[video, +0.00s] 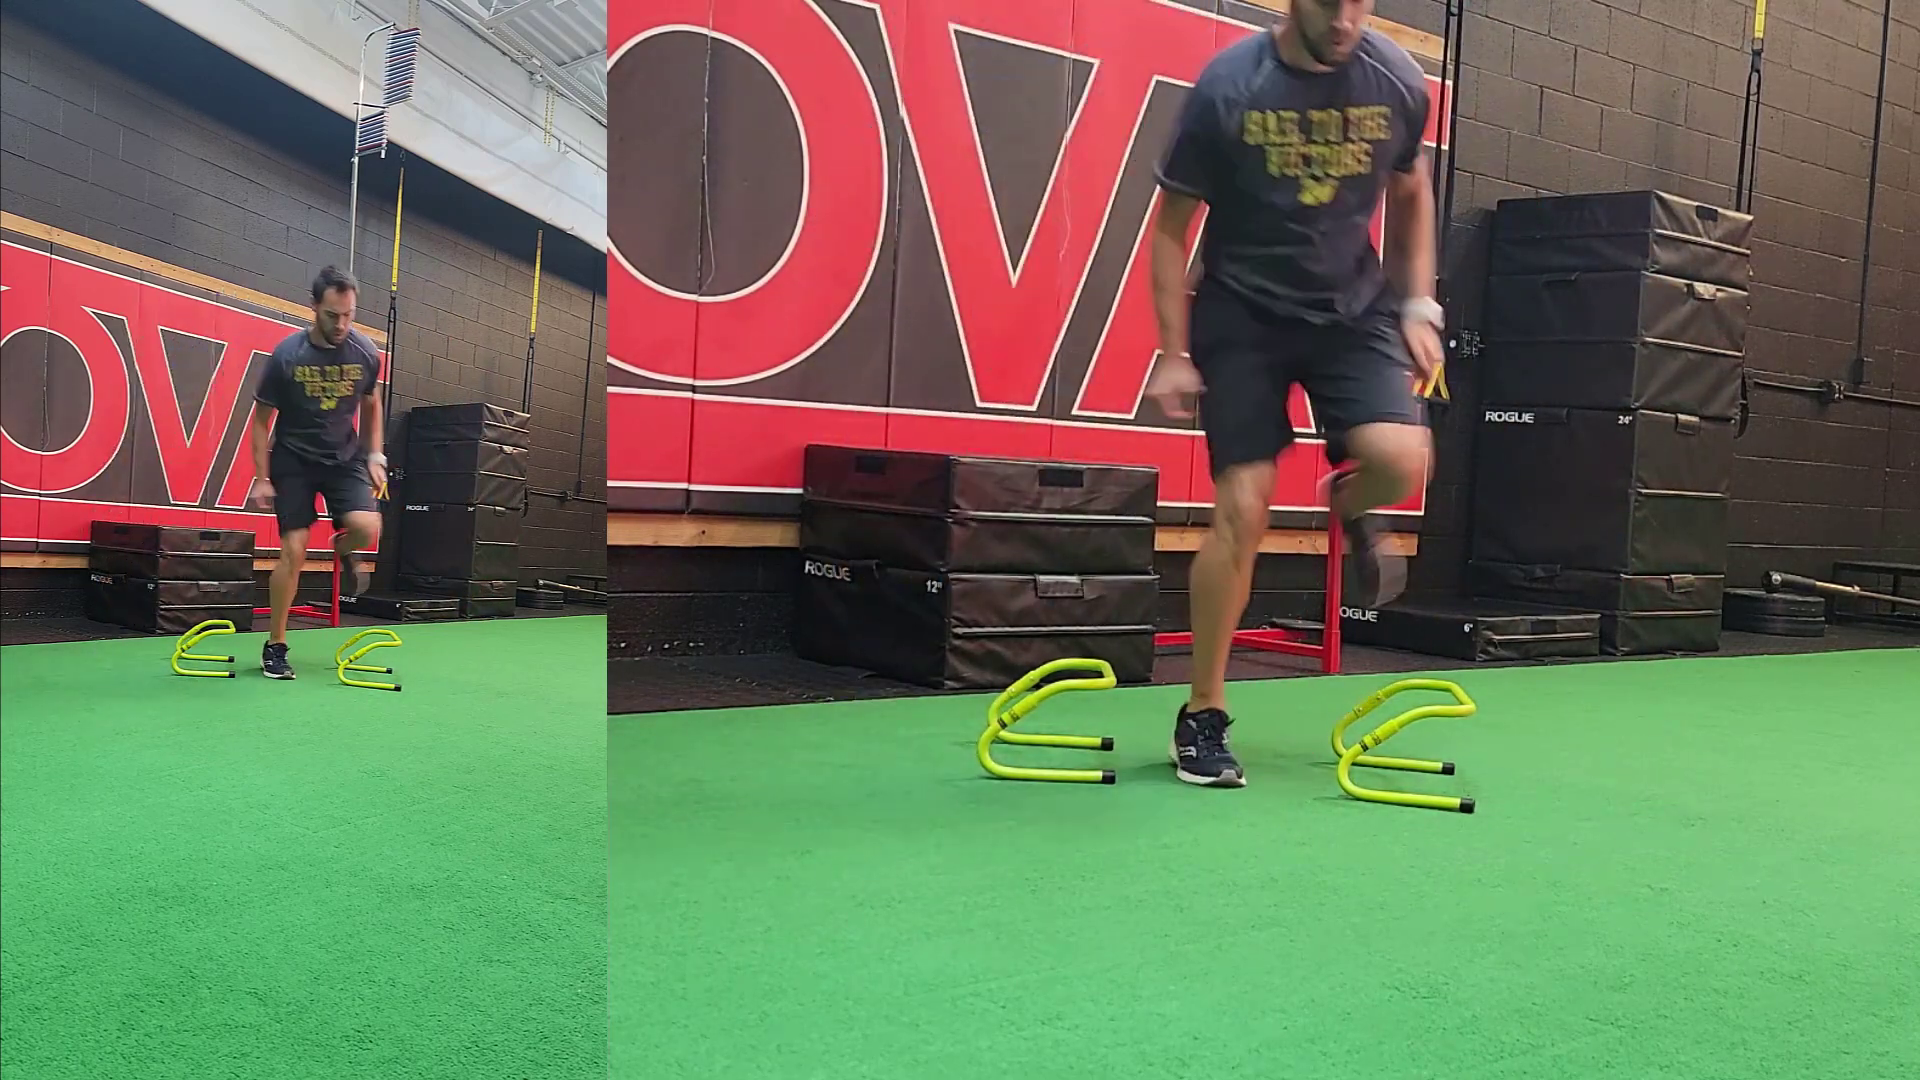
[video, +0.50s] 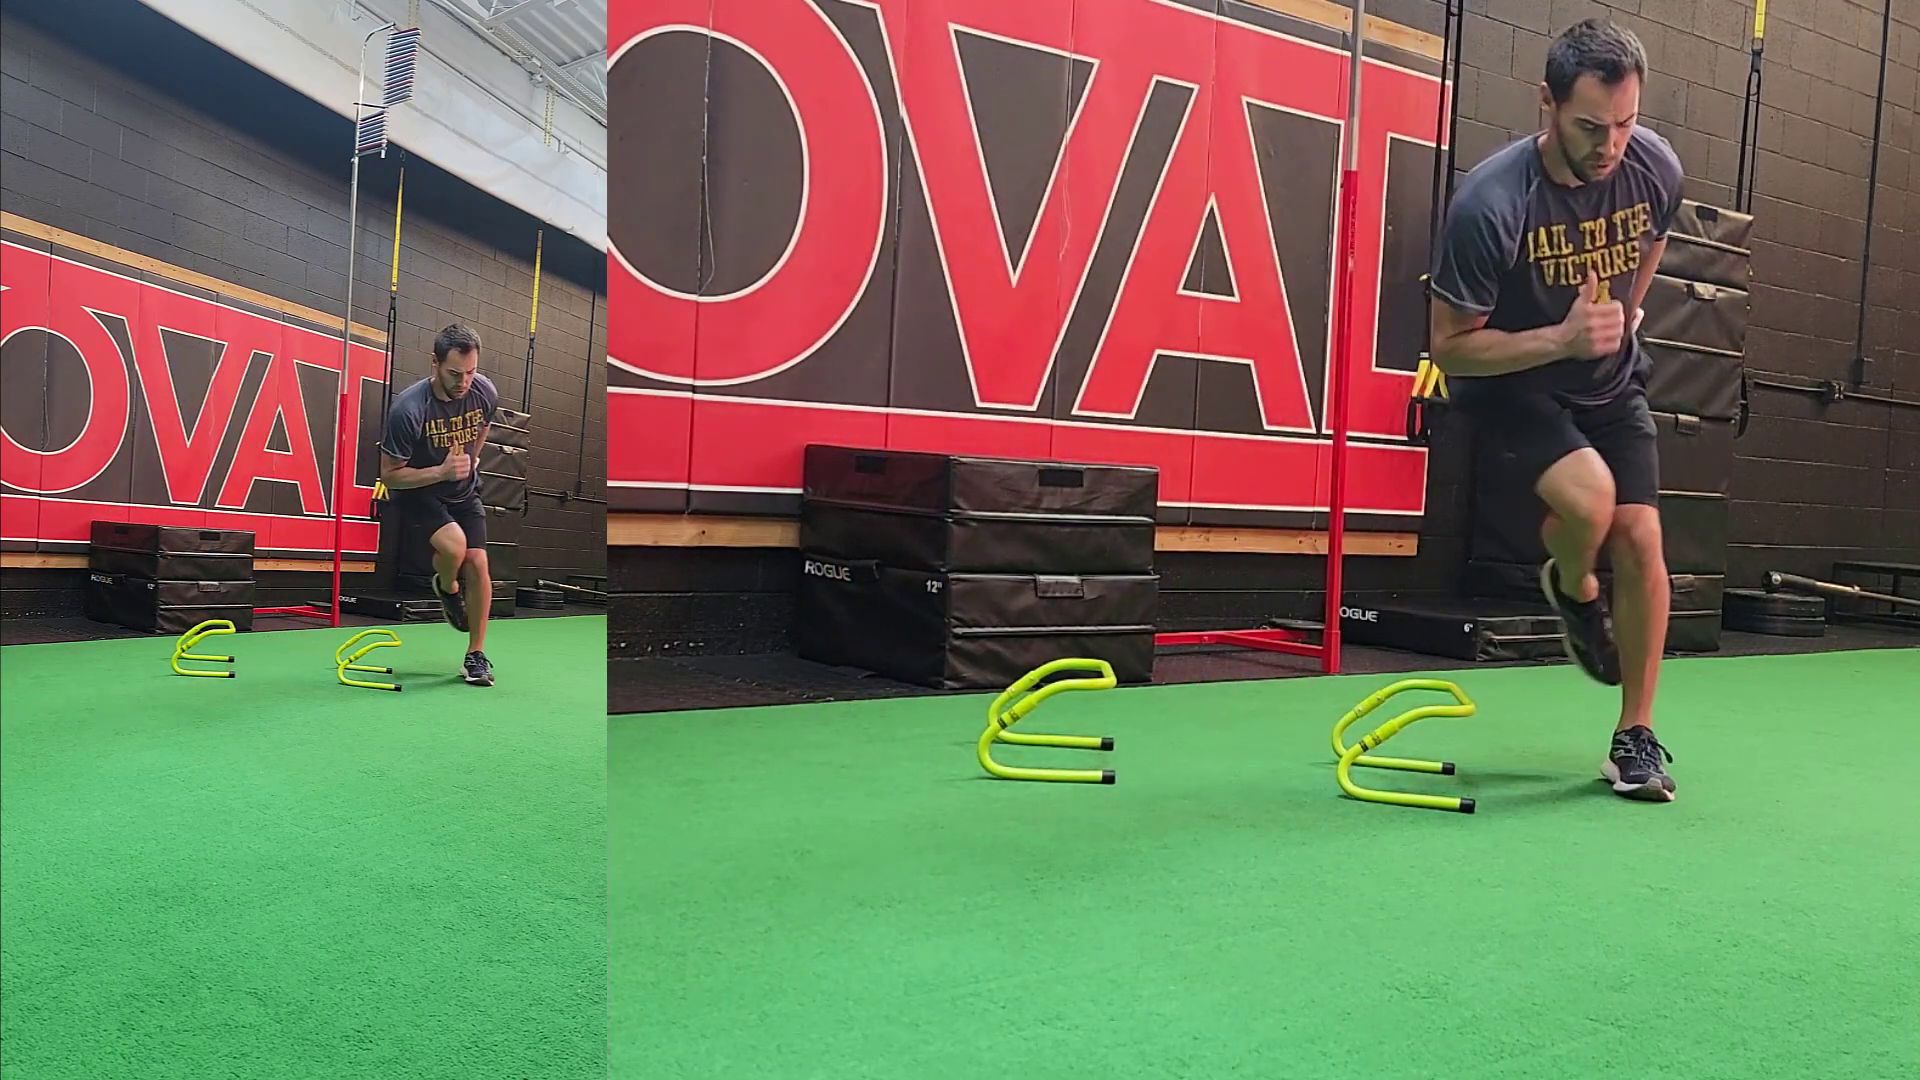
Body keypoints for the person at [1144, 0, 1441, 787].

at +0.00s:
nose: (1347, 22)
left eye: (1359, 7)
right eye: (1330, 6)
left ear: (1373, 5)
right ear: (1290, 2)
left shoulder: (1400, 83)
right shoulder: (1225, 90)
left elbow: (1413, 194)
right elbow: (1169, 231)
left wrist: (1419, 304)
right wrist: (1173, 353)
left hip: (1355, 311)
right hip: (1243, 312)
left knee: (1402, 465)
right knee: (1243, 511)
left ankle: (1342, 505)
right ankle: (1204, 714)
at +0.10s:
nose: (1409, 26)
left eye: (1423, 10)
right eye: (1392, 9)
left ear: (1439, 10)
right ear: (1351, 7)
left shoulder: (1461, 78)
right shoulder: (1288, 90)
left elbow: (1474, 177)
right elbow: (1232, 225)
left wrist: (1469, 295)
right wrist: (1247, 351)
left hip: (1423, 310)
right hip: (1308, 323)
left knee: (1501, 466)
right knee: (1286, 503)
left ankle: (1486, 584)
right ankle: (1211, 709)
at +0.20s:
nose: (1477, 42)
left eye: (1492, 23)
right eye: (1460, 22)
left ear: (1509, 17)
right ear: (1420, 15)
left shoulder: (1531, 76)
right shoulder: (1357, 93)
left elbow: (1535, 163)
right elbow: (1301, 225)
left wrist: (1518, 266)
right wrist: (1351, 335)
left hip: (1485, 304)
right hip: (1379, 309)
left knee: (1542, 490)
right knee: (1356, 472)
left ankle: (1597, 693)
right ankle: (1274, 624)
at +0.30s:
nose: (1543, 91)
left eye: (1558, 71)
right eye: (1525, 72)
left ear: (1573, 53)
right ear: (1481, 51)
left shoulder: (1594, 129)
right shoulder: (1421, 147)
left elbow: (1594, 220)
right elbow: (1390, 288)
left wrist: (1571, 316)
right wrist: (1499, 282)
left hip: (1541, 352)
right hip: (1434, 345)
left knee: (1582, 537)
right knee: (1419, 476)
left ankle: (1625, 729)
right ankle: (1426, 504)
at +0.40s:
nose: (1590, 130)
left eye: (1603, 109)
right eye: (1572, 110)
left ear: (1617, 92)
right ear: (1527, 89)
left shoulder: (1634, 161)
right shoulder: (1467, 187)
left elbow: (1635, 244)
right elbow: (1442, 338)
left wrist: (1615, 329)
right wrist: (1554, 291)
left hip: (1588, 382)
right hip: (1481, 383)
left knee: (1613, 542)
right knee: (1518, 496)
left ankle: (1629, 733)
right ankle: (1525, 558)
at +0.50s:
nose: (1609, 147)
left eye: (1623, 126)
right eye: (1591, 128)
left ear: (1636, 109)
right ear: (1547, 107)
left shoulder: (1655, 169)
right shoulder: (1486, 202)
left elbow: (1653, 241)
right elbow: (1449, 348)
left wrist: (1626, 315)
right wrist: (1559, 339)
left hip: (1611, 378)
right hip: (1510, 385)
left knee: (1640, 536)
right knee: (1591, 499)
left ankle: (1635, 733)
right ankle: (1574, 590)